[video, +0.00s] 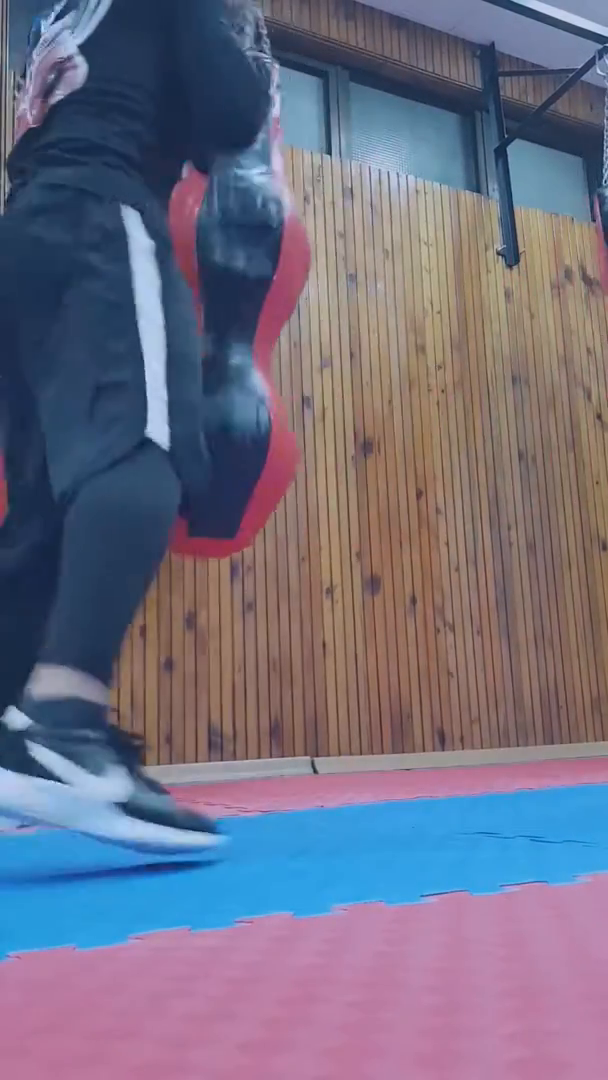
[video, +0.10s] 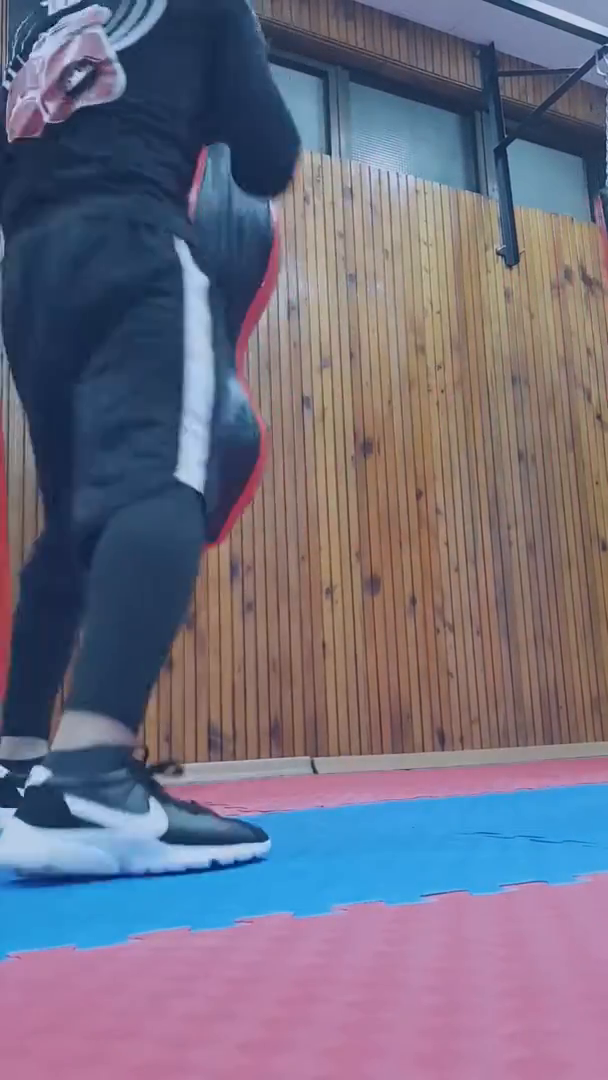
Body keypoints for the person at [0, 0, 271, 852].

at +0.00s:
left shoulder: (59, 25)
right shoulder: (176, 10)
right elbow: (233, 114)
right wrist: (253, 62)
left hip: (25, 216)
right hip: (91, 210)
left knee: (41, 506)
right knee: (136, 457)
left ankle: (28, 734)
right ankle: (65, 710)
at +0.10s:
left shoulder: (28, 17)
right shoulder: (201, 8)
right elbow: (269, 160)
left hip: (22, 254)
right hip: (126, 234)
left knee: (71, 513)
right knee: (159, 489)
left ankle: (19, 756)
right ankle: (91, 768)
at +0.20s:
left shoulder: (27, 22)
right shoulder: (225, 14)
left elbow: (11, 184)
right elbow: (279, 195)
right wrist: (240, 224)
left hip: (44, 282)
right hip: (163, 260)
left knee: (97, 531)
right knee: (198, 498)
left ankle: (25, 761)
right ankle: (95, 777)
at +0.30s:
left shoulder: (32, 10)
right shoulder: (248, 4)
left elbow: (18, 130)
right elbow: (265, 150)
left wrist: (90, 174)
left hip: (65, 245)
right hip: (183, 225)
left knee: (107, 511)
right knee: (184, 485)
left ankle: (58, 761)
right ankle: (94, 777)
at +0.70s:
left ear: (137, 8)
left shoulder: (98, 77)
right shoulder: (274, 28)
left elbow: (106, 211)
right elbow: (327, 187)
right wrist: (238, 170)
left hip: (131, 273)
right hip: (242, 250)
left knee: (166, 530)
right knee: (306, 497)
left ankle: (162, 771)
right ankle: (178, 684)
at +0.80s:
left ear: (154, 25)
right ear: (236, 10)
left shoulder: (110, 100)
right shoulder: (282, 44)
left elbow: (139, 233)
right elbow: (344, 189)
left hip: (162, 283)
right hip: (274, 252)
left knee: (165, 531)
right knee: (379, 478)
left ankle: (140, 767)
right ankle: (296, 646)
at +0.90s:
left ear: (173, 17)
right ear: (247, 1)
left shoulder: (138, 87)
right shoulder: (310, 39)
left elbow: (159, 238)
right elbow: (374, 188)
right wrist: (288, 166)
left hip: (191, 276)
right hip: (307, 249)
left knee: (183, 535)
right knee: (417, 470)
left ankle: (146, 767)